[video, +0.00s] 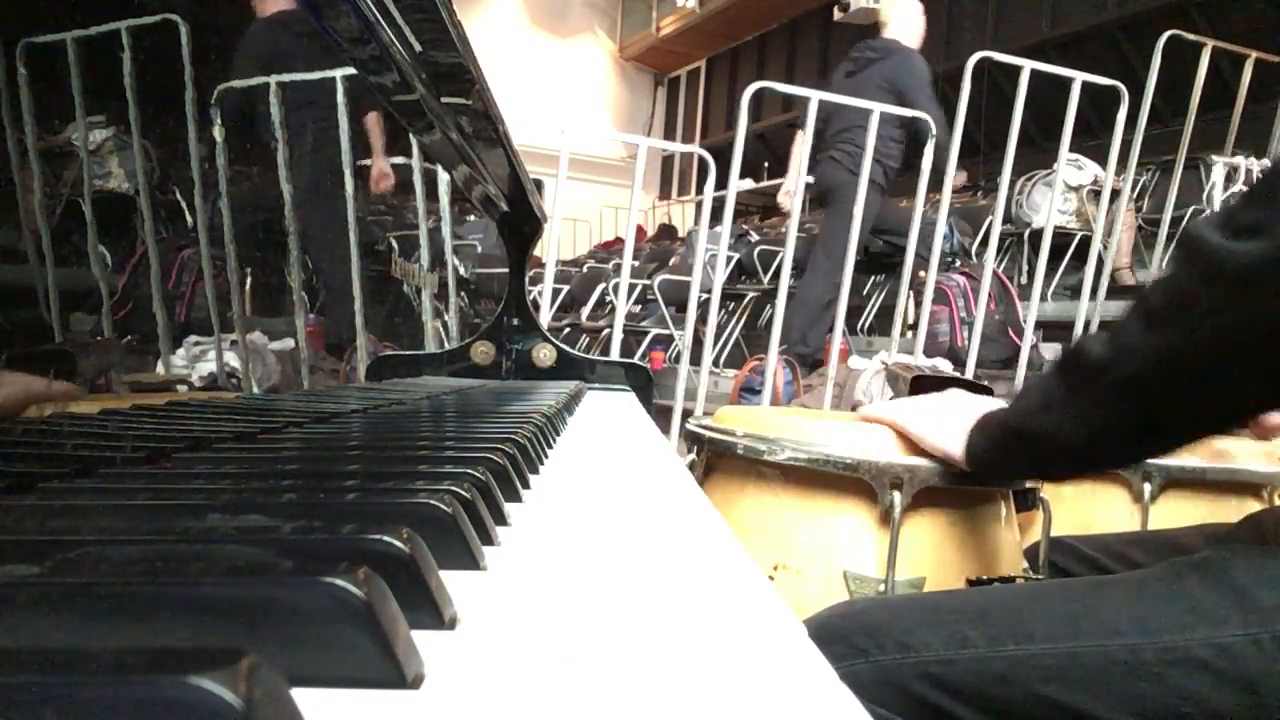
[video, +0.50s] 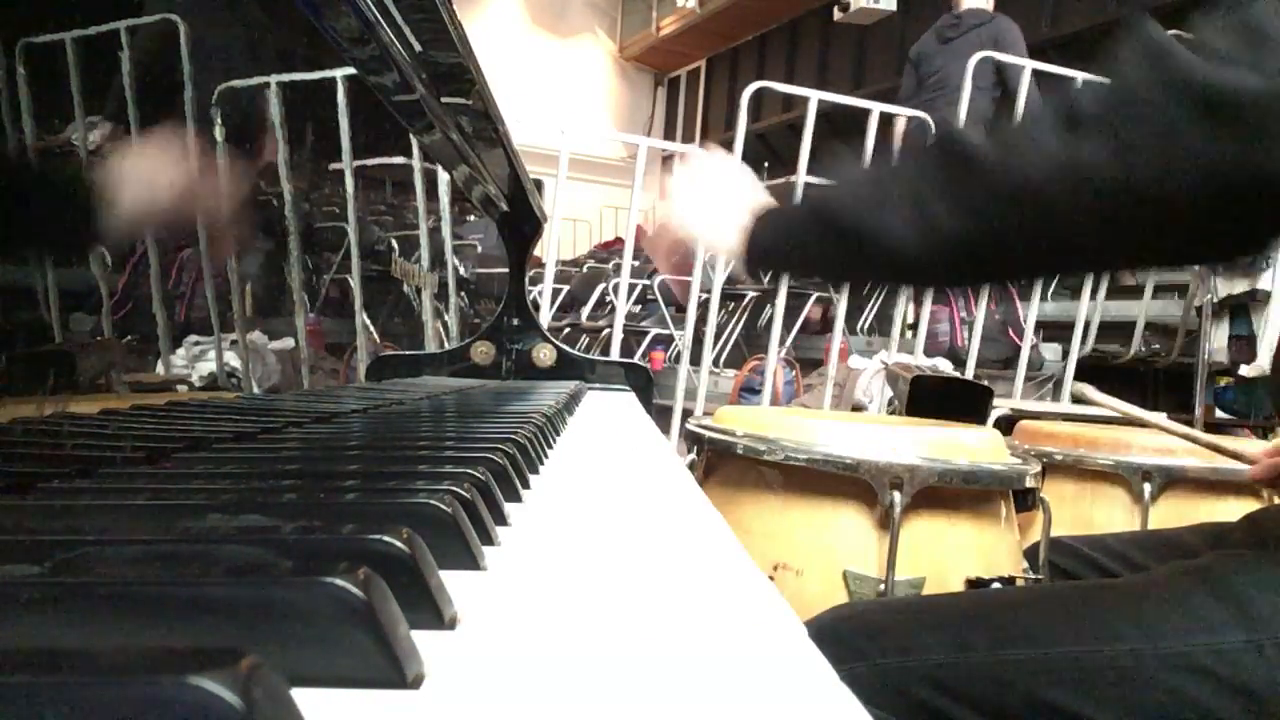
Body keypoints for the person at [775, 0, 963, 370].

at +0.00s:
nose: (924, 29)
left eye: (922, 21)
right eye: (921, 21)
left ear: (884, 23)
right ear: (908, 22)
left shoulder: (849, 64)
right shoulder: (907, 61)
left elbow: (808, 127)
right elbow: (932, 124)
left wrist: (793, 179)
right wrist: (949, 172)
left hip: (826, 172)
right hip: (857, 176)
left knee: (927, 231)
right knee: (827, 266)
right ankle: (795, 358)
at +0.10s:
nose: (947, 35)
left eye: (945, 28)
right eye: (944, 28)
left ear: (907, 32)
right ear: (937, 31)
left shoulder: (877, 69)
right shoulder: (937, 66)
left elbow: (830, 119)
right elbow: (967, 119)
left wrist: (806, 174)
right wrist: (995, 165)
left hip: (847, 170)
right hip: (879, 174)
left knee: (939, 237)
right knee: (841, 261)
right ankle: (795, 354)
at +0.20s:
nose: (968, 32)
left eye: (964, 25)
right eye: (965, 26)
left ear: (926, 30)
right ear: (960, 29)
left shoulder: (896, 69)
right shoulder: (965, 59)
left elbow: (853, 114)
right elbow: (1002, 114)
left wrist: (827, 169)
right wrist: (1034, 161)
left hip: (868, 168)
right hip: (901, 172)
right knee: (860, 265)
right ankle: (796, 353)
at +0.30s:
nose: (979, 23)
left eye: (974, 16)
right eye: (977, 17)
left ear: (939, 24)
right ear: (973, 20)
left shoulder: (914, 59)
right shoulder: (977, 53)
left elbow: (874, 108)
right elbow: (1020, 103)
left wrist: (852, 165)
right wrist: (1055, 154)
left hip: (883, 158)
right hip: (922, 162)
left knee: (954, 238)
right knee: (903, 250)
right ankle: (831, 319)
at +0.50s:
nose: (993, 4)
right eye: (993, 2)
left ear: (954, 4)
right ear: (991, 3)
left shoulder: (923, 43)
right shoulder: (1000, 27)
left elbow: (903, 110)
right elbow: (1026, 96)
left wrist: (896, 164)